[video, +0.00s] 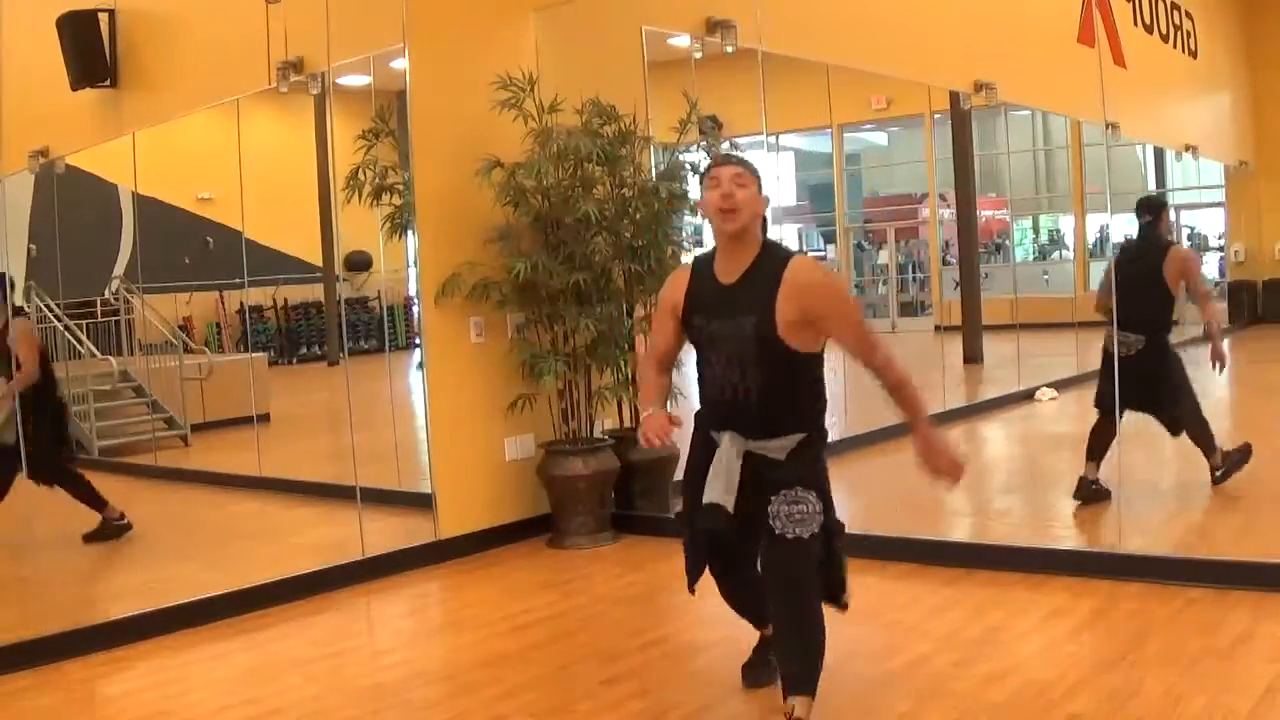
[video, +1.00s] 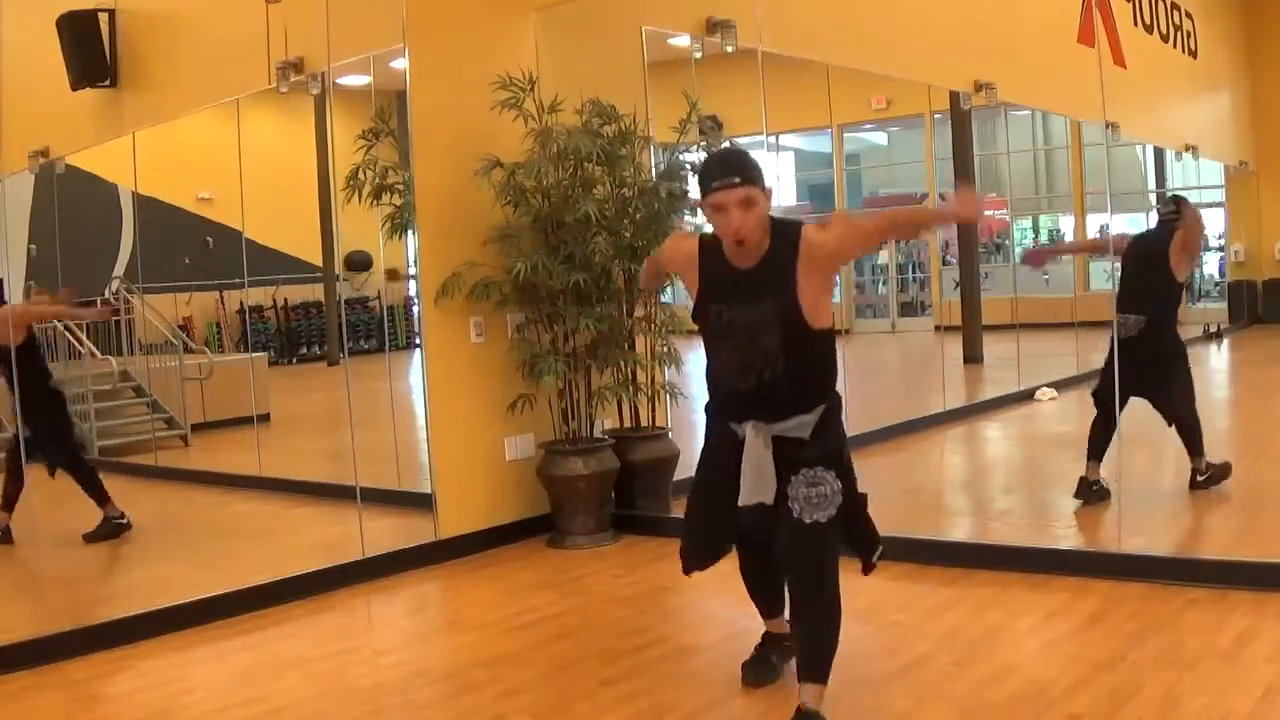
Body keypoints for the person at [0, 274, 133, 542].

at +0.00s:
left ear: (4, 296)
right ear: (7, 295)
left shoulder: (19, 327)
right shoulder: (12, 329)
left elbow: (30, 372)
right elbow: (28, 372)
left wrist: (7, 392)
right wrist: (8, 391)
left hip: (41, 409)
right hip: (28, 408)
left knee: (50, 467)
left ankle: (113, 516)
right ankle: (111, 515)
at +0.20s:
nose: (6, 283)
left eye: (10, 276)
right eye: (6, 277)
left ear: (24, 277)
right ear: (22, 279)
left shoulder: (45, 307)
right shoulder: (22, 311)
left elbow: (39, 347)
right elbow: (17, 350)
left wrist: (9, 334)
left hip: (74, 396)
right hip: (56, 396)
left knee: (80, 455)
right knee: (34, 451)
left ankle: (117, 517)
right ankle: (29, 519)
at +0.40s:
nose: (11, 279)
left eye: (14, 274)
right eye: (12, 274)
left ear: (29, 274)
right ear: (27, 275)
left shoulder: (56, 300)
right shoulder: (32, 304)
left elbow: (25, 331)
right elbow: (9, 329)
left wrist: (13, 306)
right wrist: (13, 310)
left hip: (90, 391)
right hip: (66, 392)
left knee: (98, 452)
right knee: (65, 452)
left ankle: (116, 517)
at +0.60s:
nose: (12, 297)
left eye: (13, 290)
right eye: (10, 291)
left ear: (26, 283)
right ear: (24, 286)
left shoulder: (57, 302)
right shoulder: (32, 310)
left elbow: (55, 355)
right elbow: (25, 351)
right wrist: (19, 381)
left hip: (84, 389)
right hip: (67, 391)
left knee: (94, 449)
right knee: (57, 446)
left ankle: (118, 518)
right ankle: (113, 472)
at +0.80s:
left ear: (5, 292)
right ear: (9, 291)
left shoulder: (32, 308)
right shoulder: (23, 314)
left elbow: (78, 312)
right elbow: (59, 306)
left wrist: (119, 324)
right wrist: (85, 302)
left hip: (70, 395)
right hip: (55, 397)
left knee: (88, 453)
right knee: (31, 441)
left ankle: (117, 517)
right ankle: (49, 510)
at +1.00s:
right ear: (3, 294)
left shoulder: (11, 314)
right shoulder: (9, 315)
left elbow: (57, 312)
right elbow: (31, 306)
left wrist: (96, 313)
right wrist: (57, 297)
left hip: (43, 404)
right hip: (27, 404)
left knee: (70, 459)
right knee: (14, 463)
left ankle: (114, 515)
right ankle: (3, 523)